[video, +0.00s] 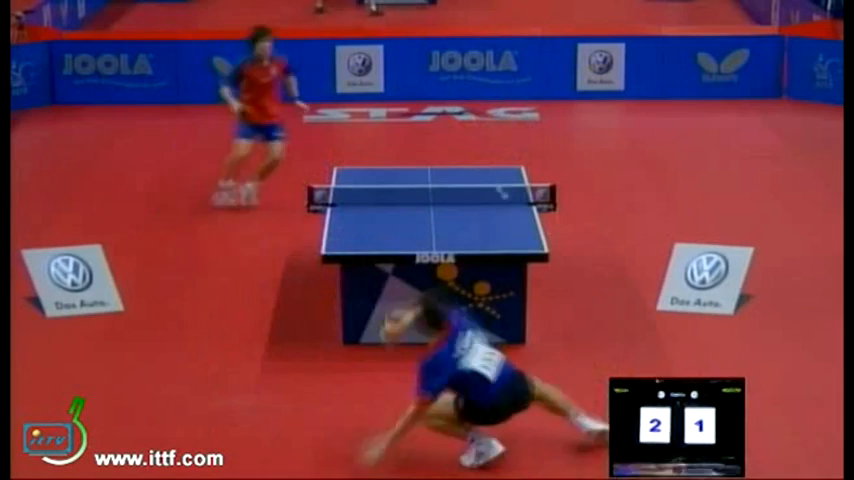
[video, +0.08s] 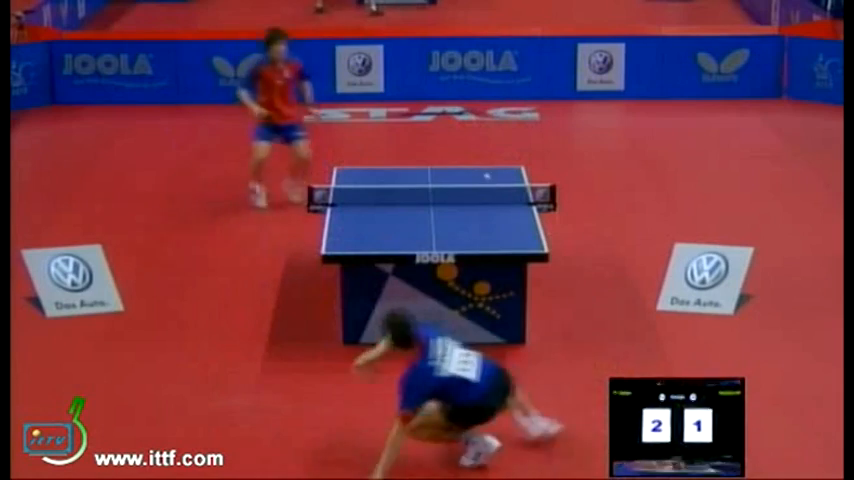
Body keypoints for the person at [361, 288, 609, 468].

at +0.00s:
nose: (414, 319)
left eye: (418, 317)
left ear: (424, 327)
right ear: (444, 316)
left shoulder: (436, 362)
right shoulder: (463, 321)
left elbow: (419, 410)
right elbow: (432, 308)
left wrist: (386, 443)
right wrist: (406, 319)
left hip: (489, 412)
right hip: (518, 390)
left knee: (425, 416)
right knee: (537, 387)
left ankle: (482, 444)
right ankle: (583, 420)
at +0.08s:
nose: (387, 347)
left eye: (388, 341)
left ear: (395, 344)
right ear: (411, 330)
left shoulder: (414, 378)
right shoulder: (428, 335)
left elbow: (401, 427)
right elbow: (394, 339)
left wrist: (380, 471)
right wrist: (369, 356)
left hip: (483, 407)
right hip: (500, 380)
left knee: (414, 428)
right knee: (496, 377)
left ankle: (476, 442)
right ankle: (533, 421)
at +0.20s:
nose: (347, 350)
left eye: (350, 347)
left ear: (356, 348)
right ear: (370, 331)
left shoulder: (382, 379)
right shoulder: (386, 333)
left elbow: (385, 430)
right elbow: (361, 345)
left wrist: (381, 472)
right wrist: (340, 362)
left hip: (449, 401)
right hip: (458, 370)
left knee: (396, 454)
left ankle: (458, 439)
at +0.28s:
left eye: (326, 337)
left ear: (334, 340)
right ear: (345, 320)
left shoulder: (358, 371)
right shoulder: (361, 323)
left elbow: (372, 424)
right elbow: (343, 336)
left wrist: (374, 471)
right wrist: (326, 343)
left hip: (420, 396)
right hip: (429, 365)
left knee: (388, 461)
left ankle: (450, 435)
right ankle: (337, 414)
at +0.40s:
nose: (283, 311)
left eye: (284, 307)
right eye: (284, 307)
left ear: (292, 311)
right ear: (307, 299)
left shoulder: (317, 343)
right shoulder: (324, 307)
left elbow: (334, 391)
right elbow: (297, 319)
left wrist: (343, 438)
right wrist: (276, 328)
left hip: (375, 382)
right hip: (358, 366)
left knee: (389, 450)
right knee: (295, 381)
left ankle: (458, 429)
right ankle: (286, 442)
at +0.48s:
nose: (262, 291)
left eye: (260, 288)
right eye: (267, 285)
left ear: (263, 293)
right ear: (283, 281)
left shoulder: (291, 323)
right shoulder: (301, 296)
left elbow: (311, 367)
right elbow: (278, 312)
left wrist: (316, 411)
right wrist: (249, 328)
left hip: (347, 374)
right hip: (328, 362)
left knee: (360, 440)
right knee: (269, 389)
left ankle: (433, 434)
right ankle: (282, 444)